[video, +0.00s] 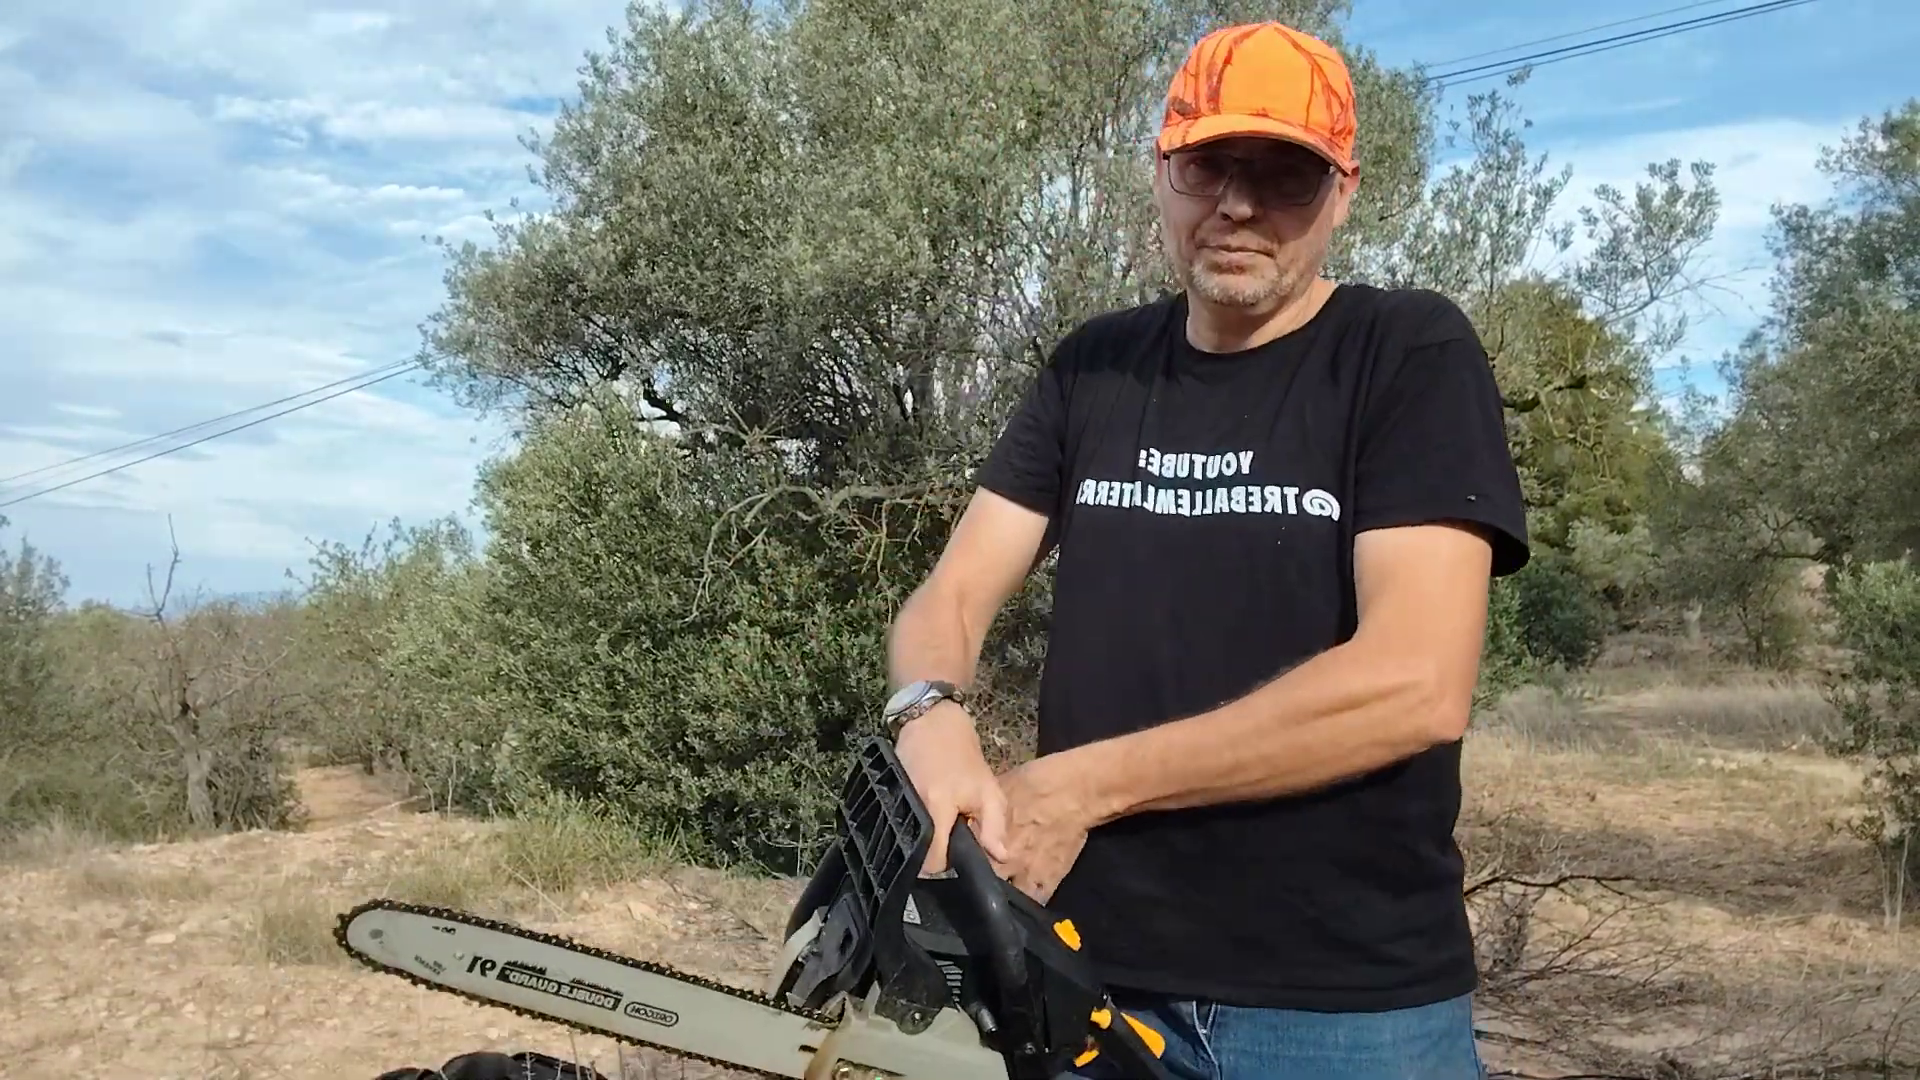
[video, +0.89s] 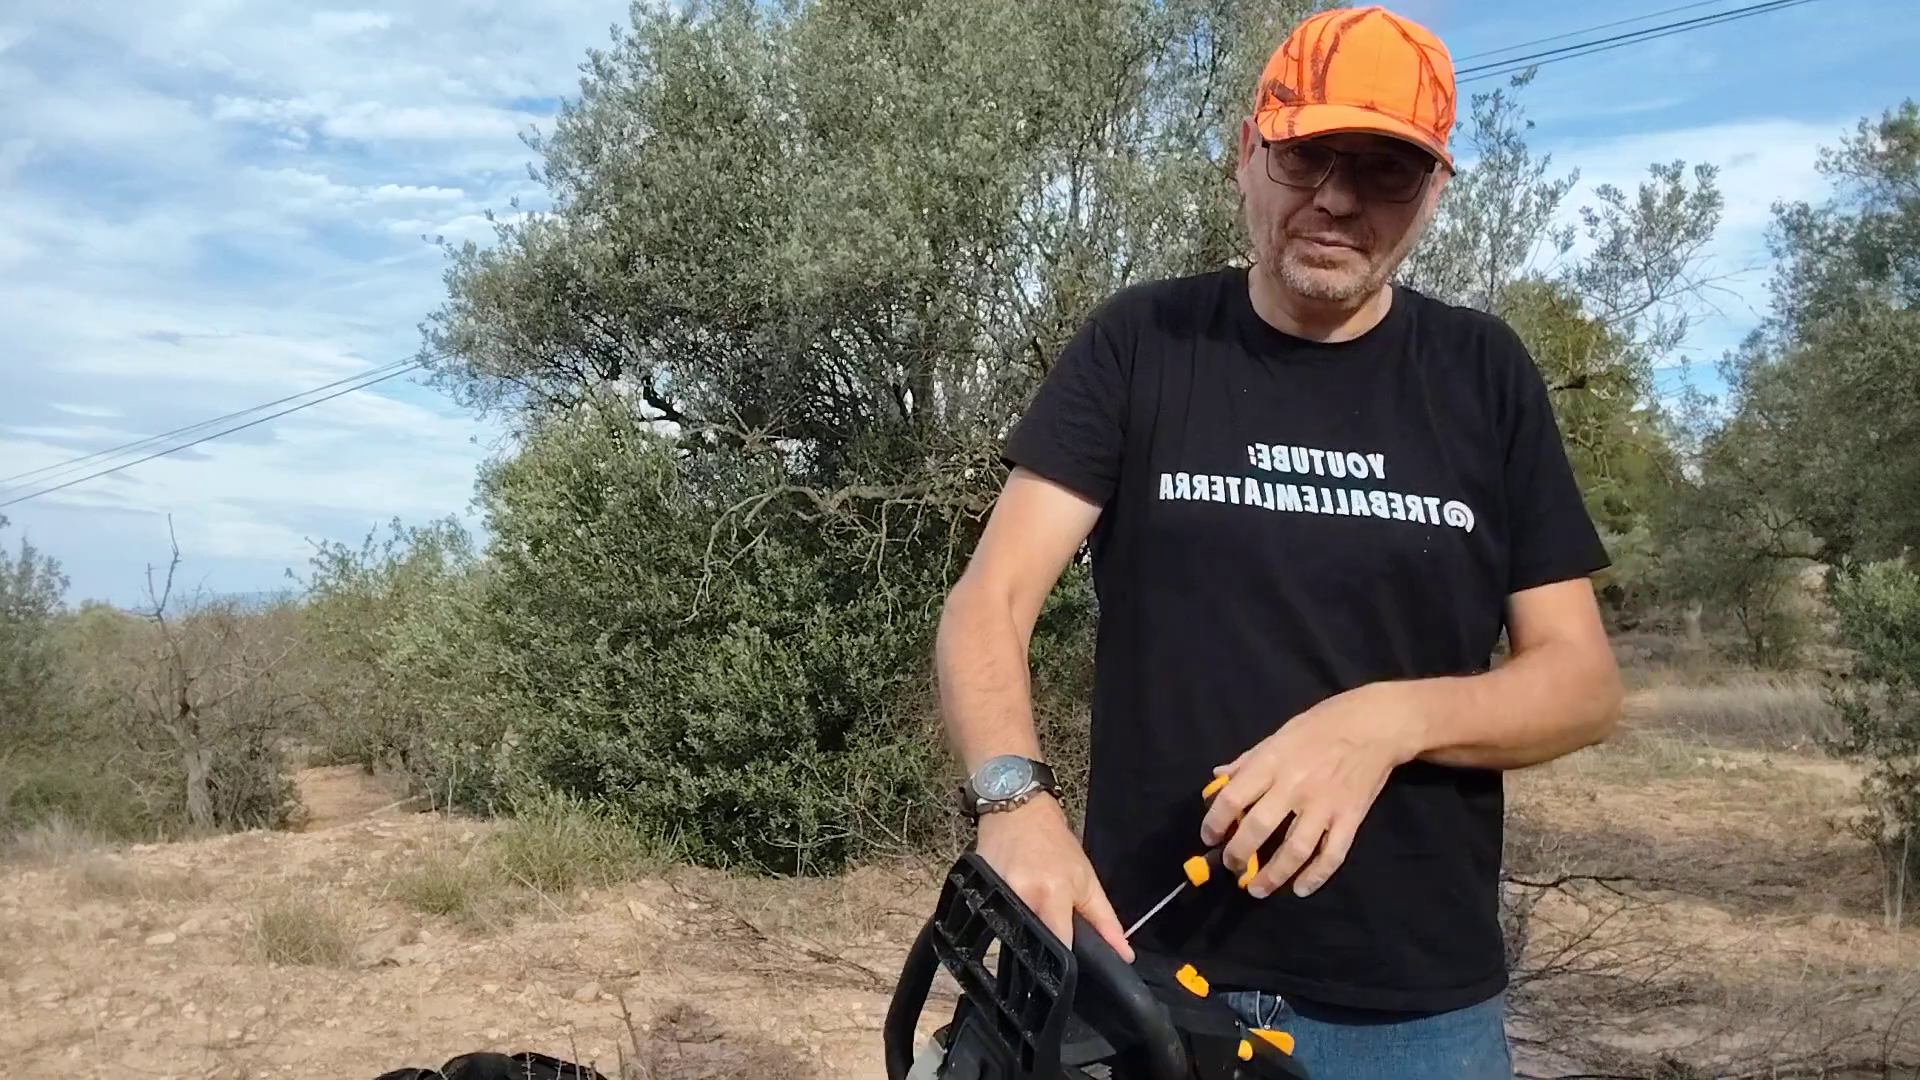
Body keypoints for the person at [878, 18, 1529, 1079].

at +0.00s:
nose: (1237, 207)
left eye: (1281, 175)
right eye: (1208, 168)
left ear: (1342, 195)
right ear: (1164, 179)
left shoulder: (1410, 350)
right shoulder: (1094, 364)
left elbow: (1417, 680)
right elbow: (948, 601)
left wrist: (1086, 785)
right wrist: (931, 719)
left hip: (1349, 1017)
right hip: (1095, 1000)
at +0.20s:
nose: (1281, 206)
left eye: (1326, 178)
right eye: (1252, 168)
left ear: (1387, 201)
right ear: (1205, 180)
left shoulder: (1448, 354)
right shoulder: (1139, 363)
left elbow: (1441, 692)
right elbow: (989, 603)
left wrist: (1109, 806)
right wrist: (973, 742)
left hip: (1379, 1018)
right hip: (1128, 997)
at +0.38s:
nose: (1303, 220)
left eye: (1348, 189)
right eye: (1276, 180)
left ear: (1403, 206)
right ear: (1224, 183)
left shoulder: (1481, 350)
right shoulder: (1143, 363)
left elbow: (1693, 602)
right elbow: (973, 584)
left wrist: (1395, 571)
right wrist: (966, 760)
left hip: (1390, 988)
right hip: (1121, 967)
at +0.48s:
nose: (1300, 206)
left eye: (1347, 174)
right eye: (1271, 165)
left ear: (1404, 201)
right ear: (1220, 175)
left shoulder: (1486, 345)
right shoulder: (1138, 356)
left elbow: (1767, 560)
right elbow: (967, 581)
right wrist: (996, 769)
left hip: (1397, 976)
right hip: (1144, 955)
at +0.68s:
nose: (1331, 206)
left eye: (1376, 175)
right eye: (1303, 164)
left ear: (1424, 193)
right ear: (1242, 156)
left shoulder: (1485, 362)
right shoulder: (1136, 349)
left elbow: (1688, 627)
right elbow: (985, 616)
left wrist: (1635, 469)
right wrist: (1014, 842)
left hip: (1428, 1010)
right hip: (1158, 999)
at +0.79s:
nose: (1334, 207)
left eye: (1379, 175)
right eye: (1303, 163)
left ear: (1429, 193)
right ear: (1244, 160)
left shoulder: (1483, 367)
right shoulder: (1139, 345)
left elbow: (1638, 667)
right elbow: (987, 607)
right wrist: (1006, 833)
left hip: (1425, 1014)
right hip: (1159, 1000)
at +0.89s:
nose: (1337, 203)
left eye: (1383, 172)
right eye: (1305, 160)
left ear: (1432, 194)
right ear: (1243, 158)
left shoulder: (1484, 372)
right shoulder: (1141, 341)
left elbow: (1584, 680)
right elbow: (987, 606)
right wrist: (1013, 802)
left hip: (1418, 1016)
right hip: (1150, 996)